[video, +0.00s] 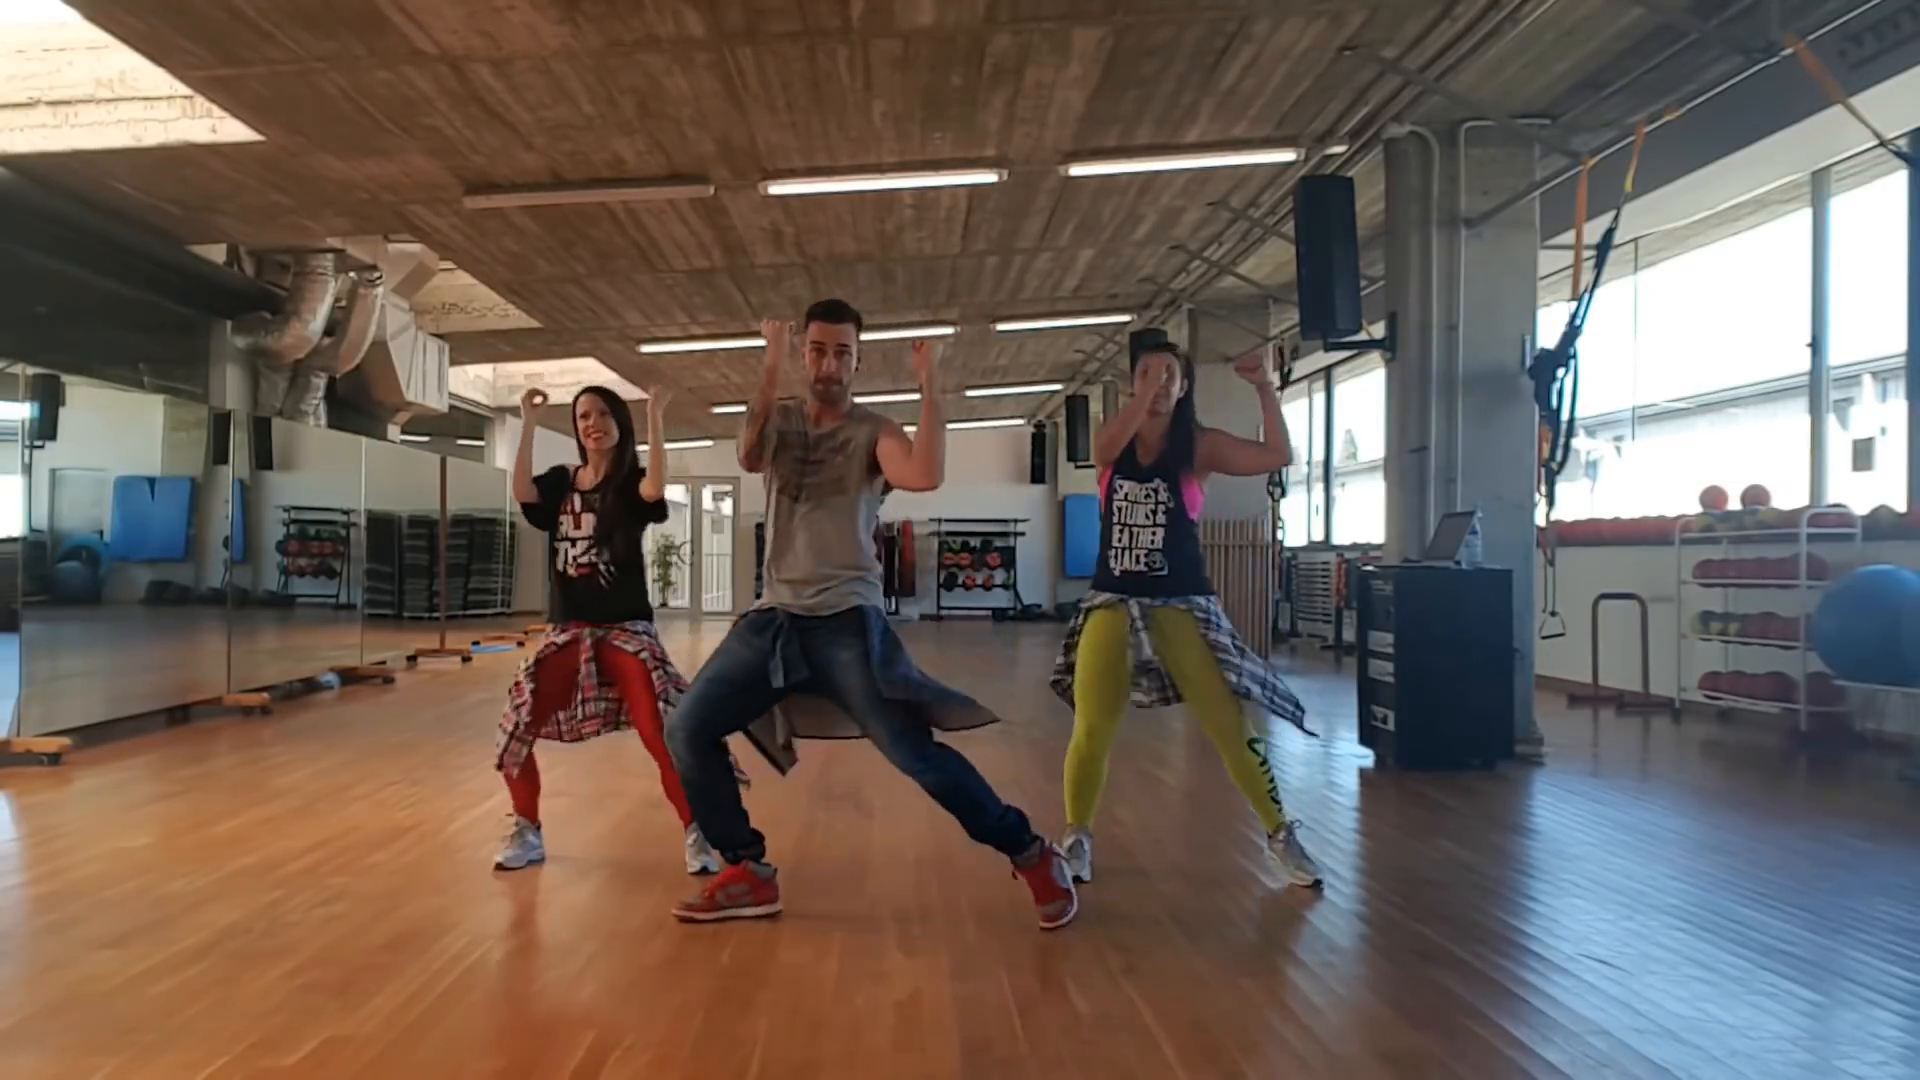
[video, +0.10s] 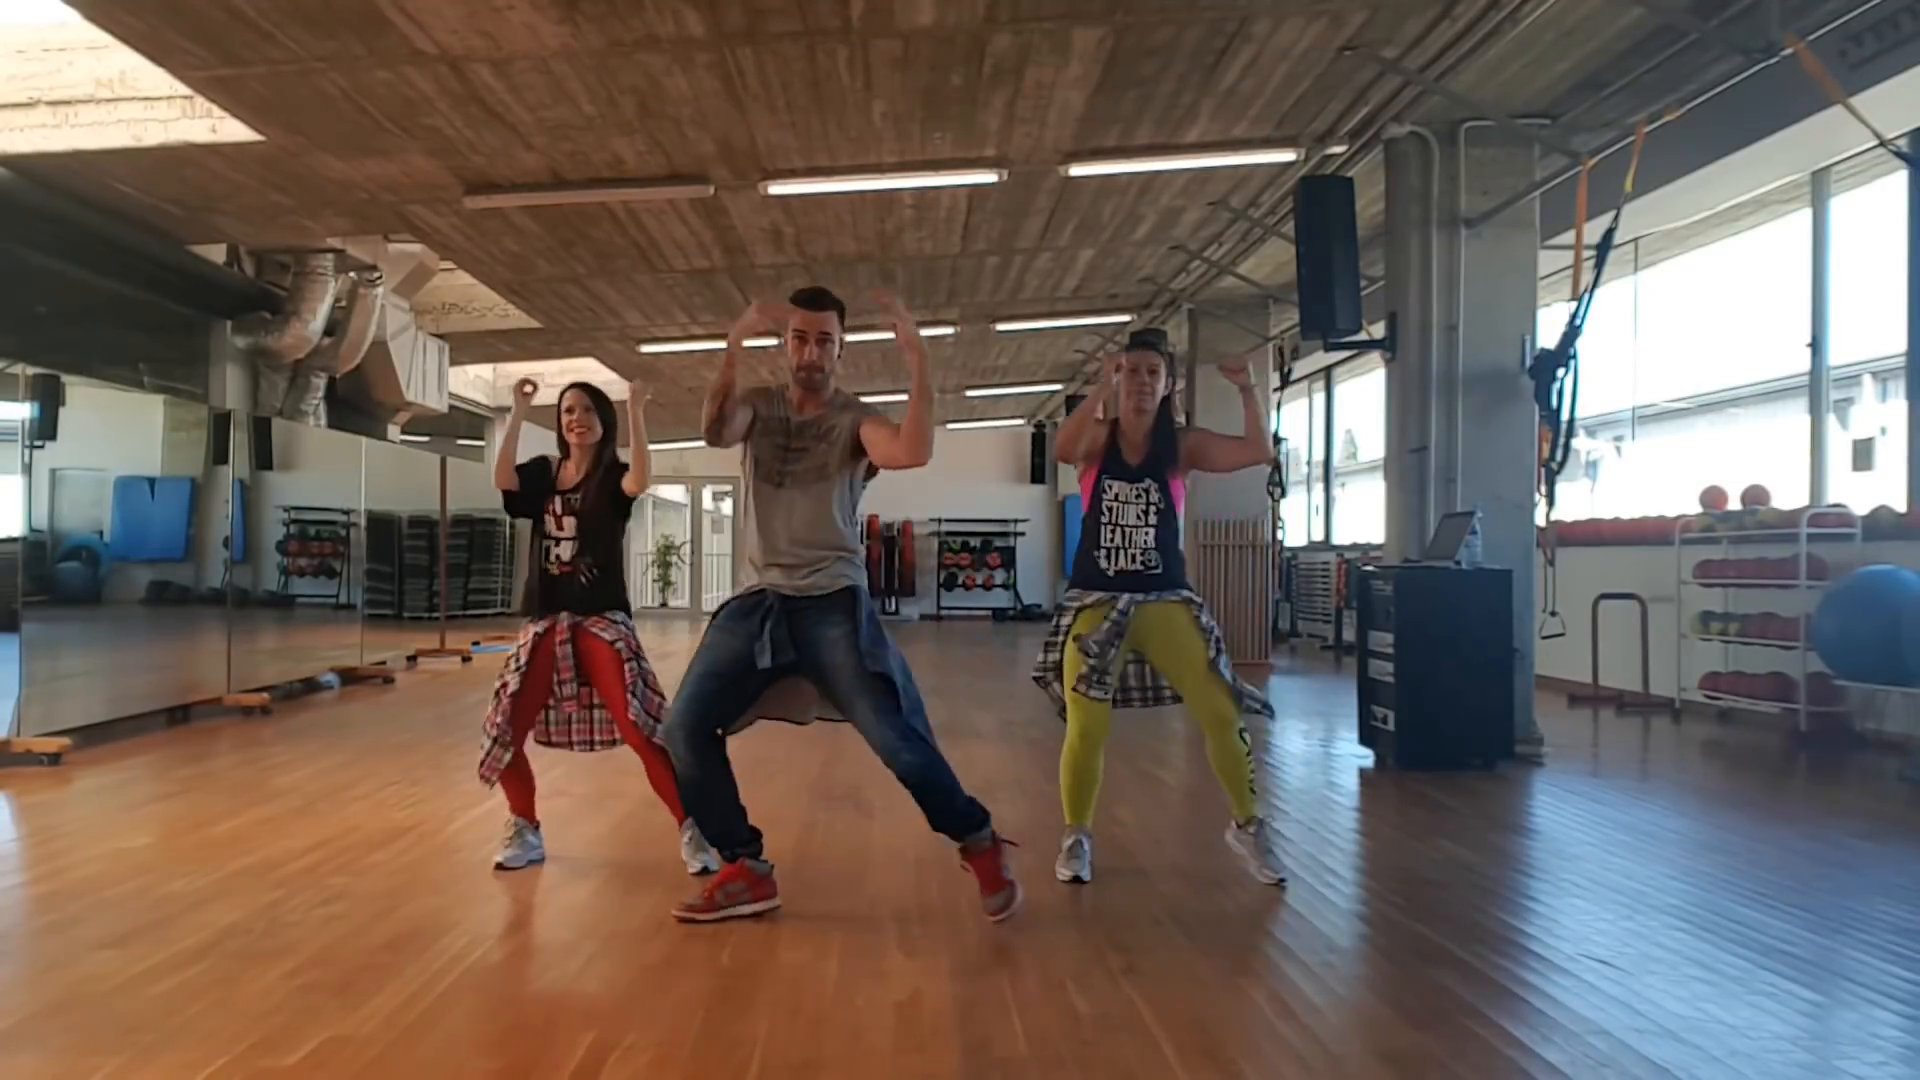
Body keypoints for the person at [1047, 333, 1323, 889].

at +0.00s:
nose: (1161, 388)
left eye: (1171, 377)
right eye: (1151, 376)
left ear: (1185, 385)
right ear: (1132, 385)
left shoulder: (1200, 445)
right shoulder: (1112, 441)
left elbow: (1277, 455)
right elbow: (1111, 444)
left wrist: (1264, 386)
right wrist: (1145, 393)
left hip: (1180, 600)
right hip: (1111, 599)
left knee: (1228, 725)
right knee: (1091, 729)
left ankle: (1282, 837)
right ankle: (1076, 841)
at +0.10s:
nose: (1141, 382)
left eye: (1151, 373)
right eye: (1131, 372)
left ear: (1168, 386)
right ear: (1116, 382)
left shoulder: (1181, 445)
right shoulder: (1097, 437)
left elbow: (1256, 451)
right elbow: (1065, 450)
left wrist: (1245, 386)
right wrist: (1101, 392)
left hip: (1164, 600)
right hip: (1095, 600)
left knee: (1219, 710)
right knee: (1085, 729)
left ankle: (1248, 827)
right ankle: (1076, 837)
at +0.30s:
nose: (1125, 371)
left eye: (1135, 363)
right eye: (1116, 361)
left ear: (1150, 373)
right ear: (1099, 370)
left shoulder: (1168, 430)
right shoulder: (1077, 428)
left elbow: (1248, 437)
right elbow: (1016, 438)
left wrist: (1226, 371)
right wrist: (1035, 368)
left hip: (1153, 593)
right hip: (1085, 591)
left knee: (1162, 716)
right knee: (1083, 721)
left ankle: (1119, 818)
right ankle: (1074, 835)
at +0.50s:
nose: (1122, 374)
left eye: (1132, 366)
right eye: (1112, 365)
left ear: (1144, 376)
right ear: (1094, 373)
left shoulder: (1161, 433)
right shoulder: (1076, 429)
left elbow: (1238, 442)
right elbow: (1032, 436)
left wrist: (1237, 376)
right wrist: (1061, 374)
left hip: (1154, 592)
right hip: (1087, 592)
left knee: (1176, 711)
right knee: (1082, 719)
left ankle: (1129, 815)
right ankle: (1075, 835)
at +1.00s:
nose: (1202, 378)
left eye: (1210, 368)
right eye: (1191, 369)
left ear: (1222, 377)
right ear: (1172, 380)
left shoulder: (1242, 435)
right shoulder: (1159, 438)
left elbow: (1311, 432)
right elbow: (1091, 453)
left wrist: (1285, 379)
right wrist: (1102, 385)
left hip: (1233, 596)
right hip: (1171, 595)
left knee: (1256, 711)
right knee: (1134, 712)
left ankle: (1256, 840)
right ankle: (1088, 831)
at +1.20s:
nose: (1216, 372)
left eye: (1225, 363)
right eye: (1205, 363)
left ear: (1240, 374)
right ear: (1187, 374)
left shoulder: (1263, 430)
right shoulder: (1170, 432)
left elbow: (1342, 432)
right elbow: (1111, 430)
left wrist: (1319, 371)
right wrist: (1151, 370)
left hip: (1249, 594)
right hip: (1180, 593)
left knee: (1252, 720)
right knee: (1165, 714)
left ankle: (1256, 841)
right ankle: (1180, 827)